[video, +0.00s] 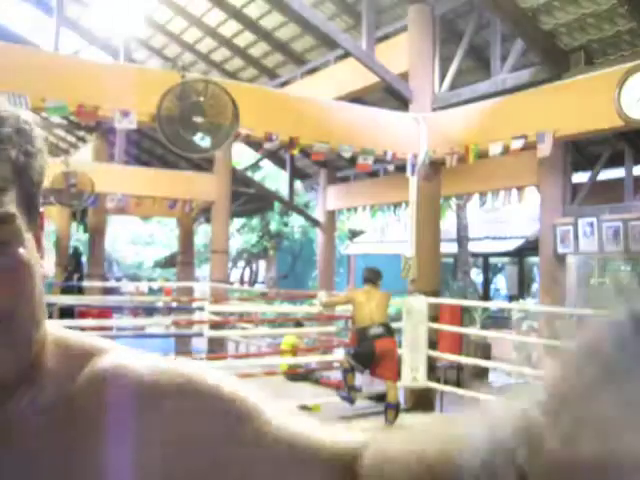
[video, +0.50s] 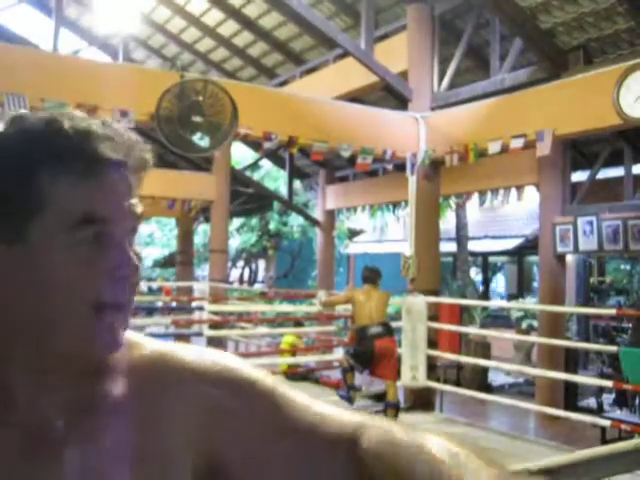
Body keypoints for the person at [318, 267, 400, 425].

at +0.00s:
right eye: (378, 281)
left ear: (364, 280)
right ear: (379, 282)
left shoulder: (355, 295)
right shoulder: (385, 296)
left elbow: (332, 302)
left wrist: (323, 299)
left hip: (366, 339)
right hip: (387, 339)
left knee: (348, 362)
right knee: (391, 382)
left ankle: (350, 392)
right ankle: (390, 420)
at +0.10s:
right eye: (378, 281)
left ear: (364, 280)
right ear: (379, 282)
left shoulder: (356, 294)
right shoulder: (385, 296)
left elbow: (335, 301)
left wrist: (324, 301)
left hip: (367, 339)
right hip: (387, 338)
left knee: (348, 363)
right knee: (391, 381)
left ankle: (350, 392)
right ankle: (391, 417)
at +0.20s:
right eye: (378, 281)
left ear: (364, 280)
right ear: (379, 282)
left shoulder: (355, 294)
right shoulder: (385, 296)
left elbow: (331, 302)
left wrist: (323, 300)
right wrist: (351, 294)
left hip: (366, 339)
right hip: (387, 338)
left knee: (348, 362)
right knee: (391, 383)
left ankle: (350, 392)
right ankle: (389, 424)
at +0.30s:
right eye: (377, 281)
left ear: (364, 280)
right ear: (379, 281)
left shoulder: (355, 294)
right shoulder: (385, 295)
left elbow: (331, 301)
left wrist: (323, 299)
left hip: (365, 337)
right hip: (387, 337)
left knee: (348, 361)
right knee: (391, 382)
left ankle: (350, 390)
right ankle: (389, 423)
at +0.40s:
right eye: (377, 280)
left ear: (363, 279)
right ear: (378, 280)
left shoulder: (355, 293)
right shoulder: (385, 295)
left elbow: (330, 301)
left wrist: (323, 298)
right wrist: (350, 293)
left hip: (367, 338)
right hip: (387, 337)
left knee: (347, 361)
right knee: (391, 381)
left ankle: (350, 393)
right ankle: (391, 422)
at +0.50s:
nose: (377, 283)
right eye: (378, 280)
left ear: (363, 280)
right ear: (378, 281)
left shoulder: (354, 294)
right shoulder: (385, 296)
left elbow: (329, 302)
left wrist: (323, 299)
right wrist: (351, 294)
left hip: (366, 340)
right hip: (387, 339)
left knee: (347, 361)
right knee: (391, 382)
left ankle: (350, 392)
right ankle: (391, 422)